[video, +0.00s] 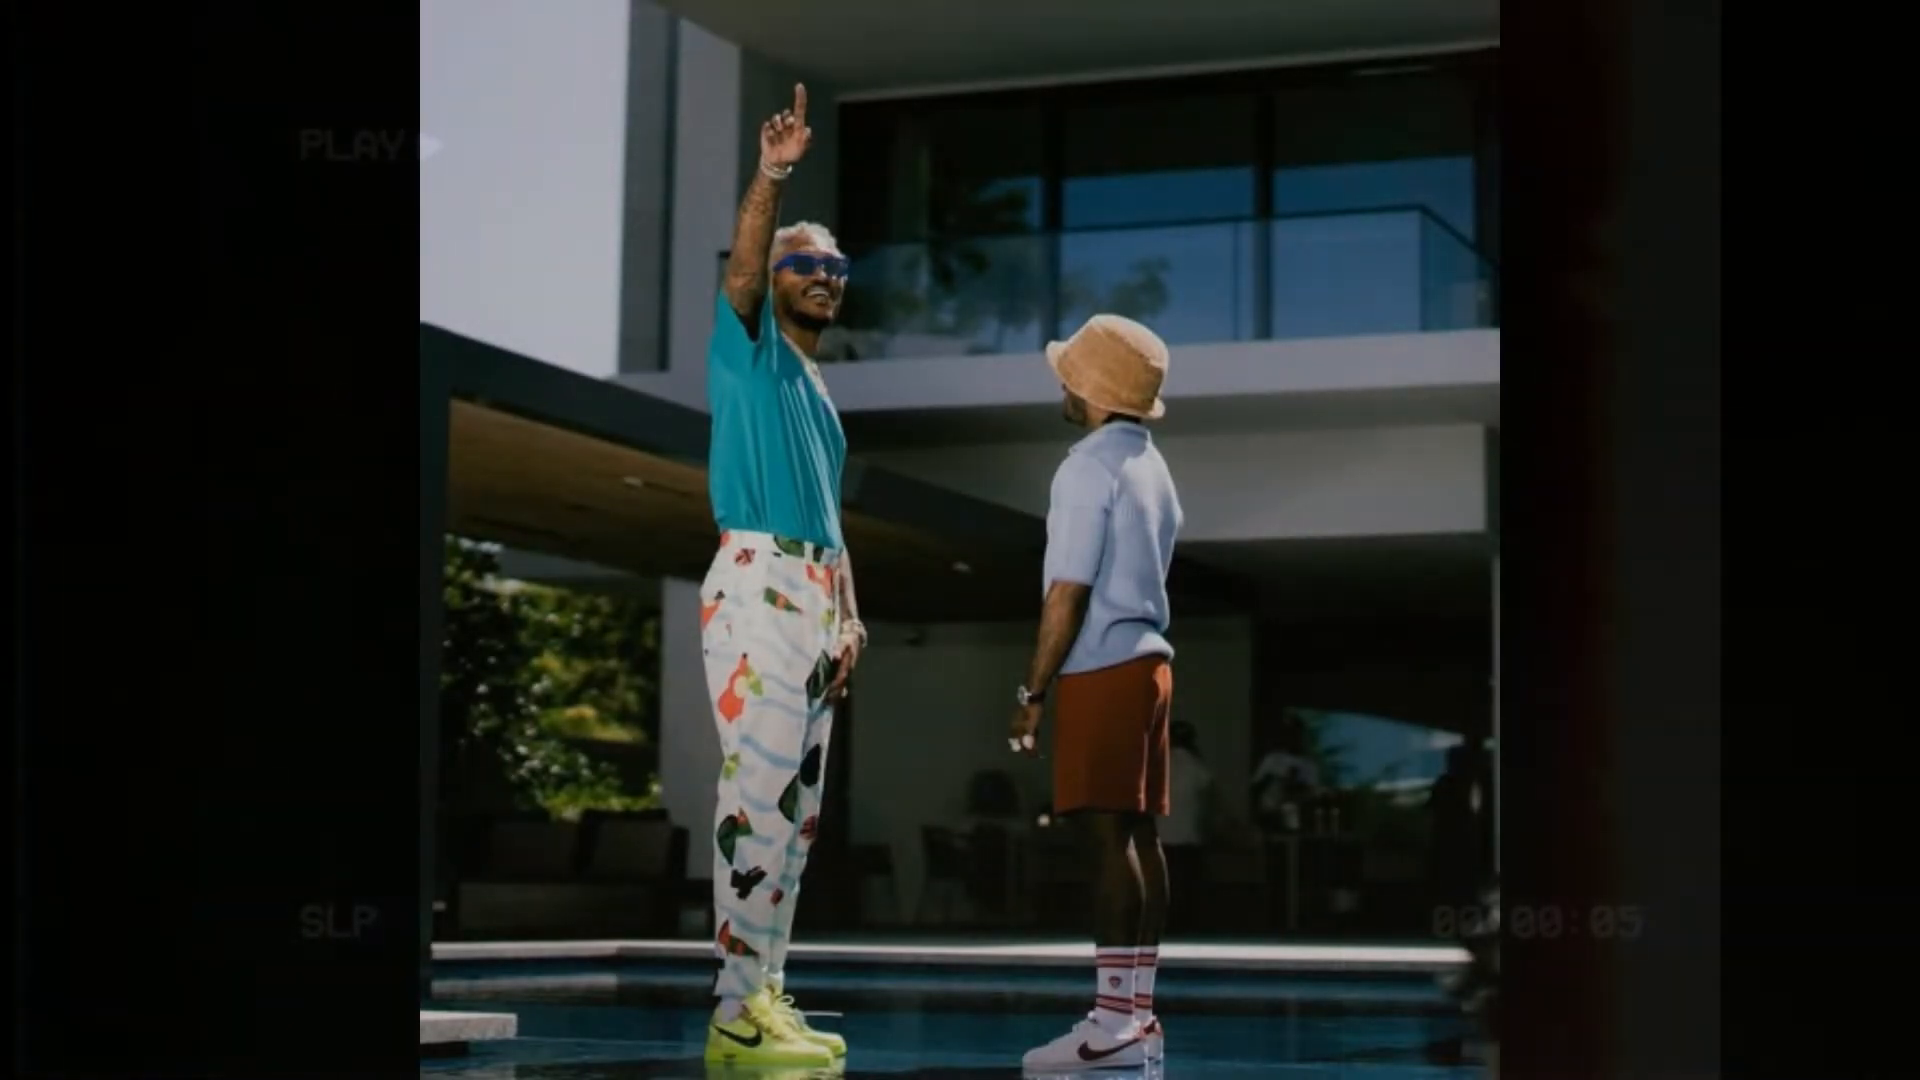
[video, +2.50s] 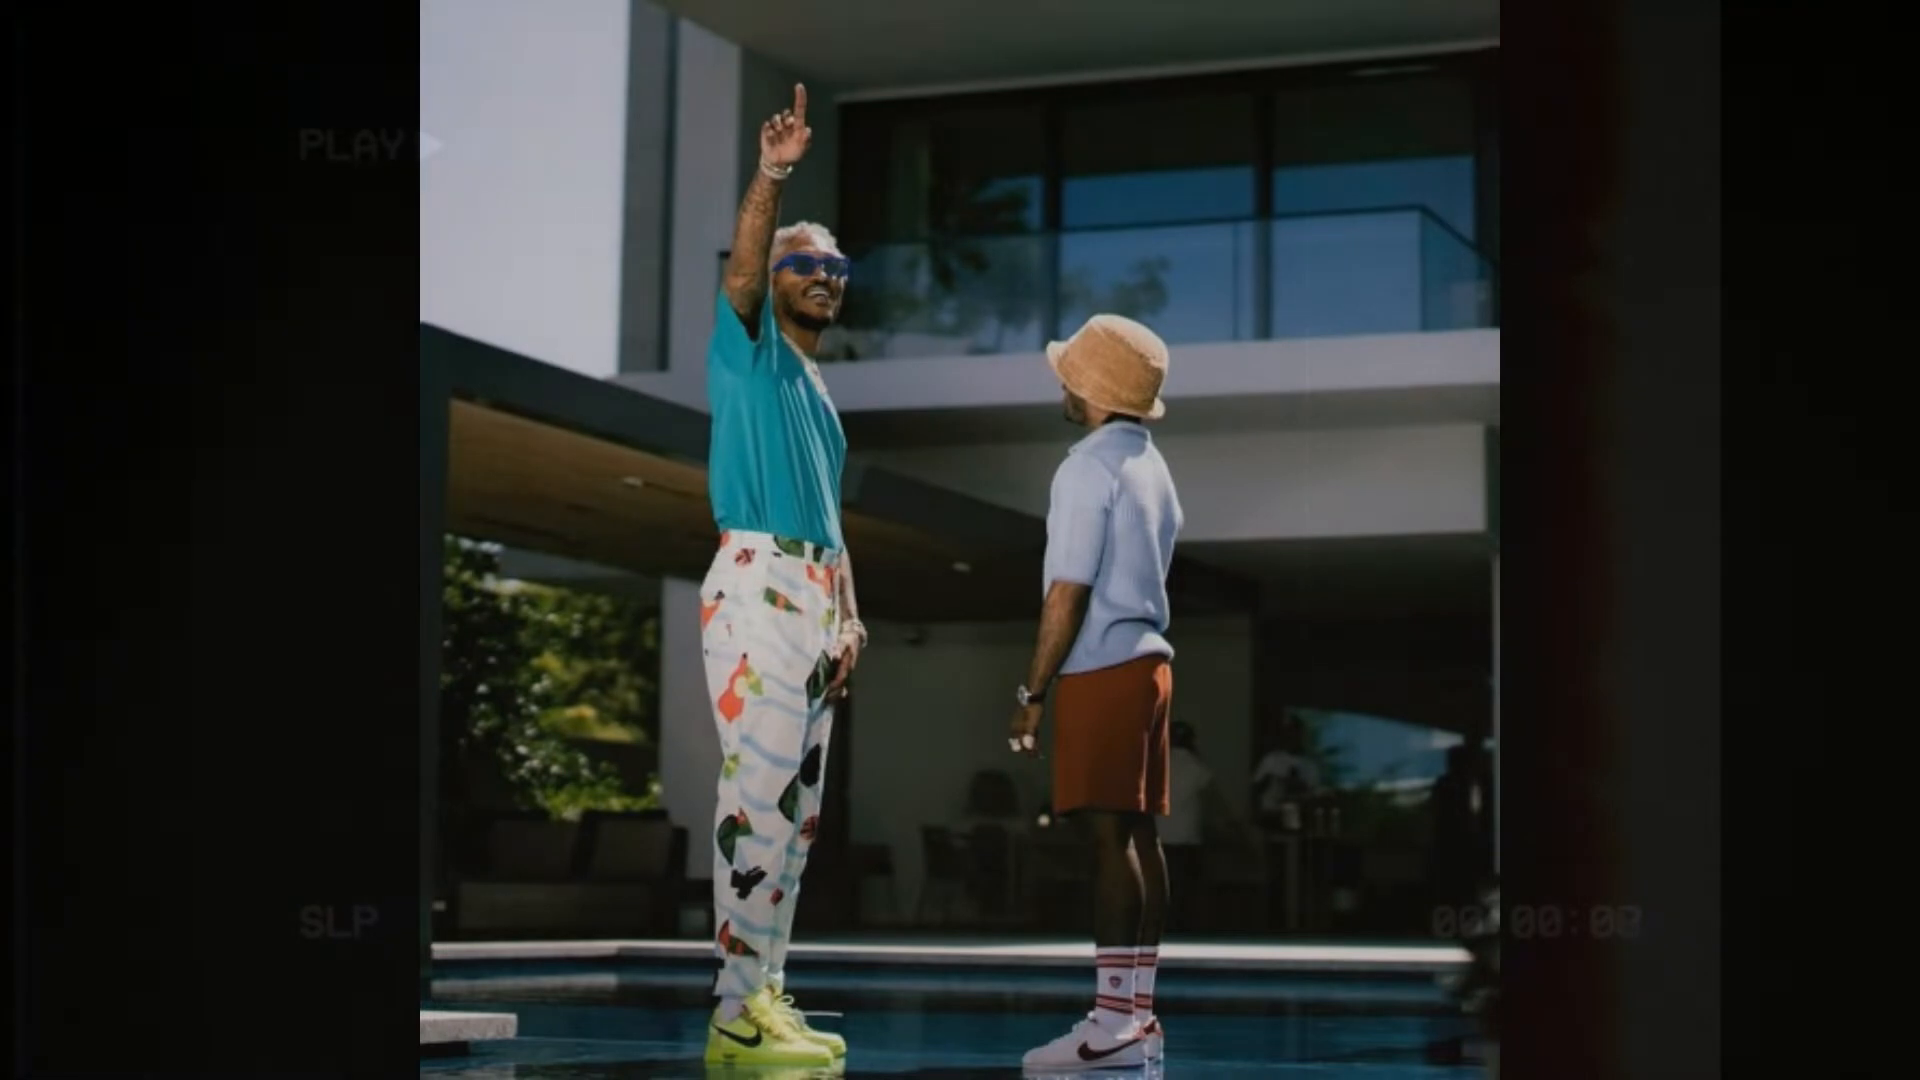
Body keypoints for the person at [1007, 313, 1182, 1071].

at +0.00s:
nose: (1064, 389)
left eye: (1072, 379)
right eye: (1069, 378)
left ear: (1092, 392)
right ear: (1131, 395)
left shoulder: (1088, 468)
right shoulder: (1148, 463)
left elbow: (1067, 596)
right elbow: (1148, 577)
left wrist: (1031, 691)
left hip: (1104, 669)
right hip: (1147, 666)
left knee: (1108, 838)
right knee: (1140, 837)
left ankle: (1116, 1014)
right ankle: (1135, 1011)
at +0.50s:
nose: (1064, 389)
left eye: (1072, 379)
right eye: (1069, 377)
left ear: (1092, 391)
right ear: (1131, 394)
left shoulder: (1088, 468)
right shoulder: (1148, 463)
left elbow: (1067, 594)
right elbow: (1146, 579)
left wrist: (1031, 691)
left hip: (1104, 669)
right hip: (1146, 666)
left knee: (1107, 838)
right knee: (1140, 837)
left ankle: (1116, 1014)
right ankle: (1135, 1011)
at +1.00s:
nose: (1064, 389)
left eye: (1072, 379)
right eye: (1069, 377)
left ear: (1091, 392)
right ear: (1131, 394)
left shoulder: (1088, 468)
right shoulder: (1148, 463)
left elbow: (1067, 595)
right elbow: (1146, 578)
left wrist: (1031, 691)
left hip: (1104, 670)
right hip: (1146, 666)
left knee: (1108, 838)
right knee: (1141, 838)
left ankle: (1115, 1014)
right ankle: (1135, 1011)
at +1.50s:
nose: (1064, 388)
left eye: (1072, 378)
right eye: (1069, 376)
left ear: (1091, 391)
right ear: (1131, 394)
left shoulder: (1088, 468)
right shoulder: (1148, 463)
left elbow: (1067, 595)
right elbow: (1147, 577)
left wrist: (1031, 691)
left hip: (1104, 670)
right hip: (1146, 666)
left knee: (1108, 838)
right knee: (1139, 837)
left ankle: (1116, 1014)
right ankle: (1135, 1011)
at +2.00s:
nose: (1064, 388)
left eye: (1072, 379)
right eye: (1069, 377)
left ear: (1091, 391)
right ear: (1131, 394)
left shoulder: (1088, 468)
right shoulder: (1148, 463)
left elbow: (1067, 595)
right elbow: (1147, 577)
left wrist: (1031, 691)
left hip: (1104, 670)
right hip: (1147, 666)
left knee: (1107, 837)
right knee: (1139, 837)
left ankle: (1116, 1014)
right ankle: (1134, 1011)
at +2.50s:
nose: (1064, 387)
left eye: (1072, 378)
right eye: (1068, 376)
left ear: (1092, 390)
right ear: (1130, 393)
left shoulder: (1087, 468)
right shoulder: (1147, 463)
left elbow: (1067, 595)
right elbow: (1148, 579)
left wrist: (1031, 691)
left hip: (1104, 669)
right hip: (1146, 666)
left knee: (1109, 838)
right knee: (1139, 837)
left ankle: (1116, 1015)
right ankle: (1135, 1013)